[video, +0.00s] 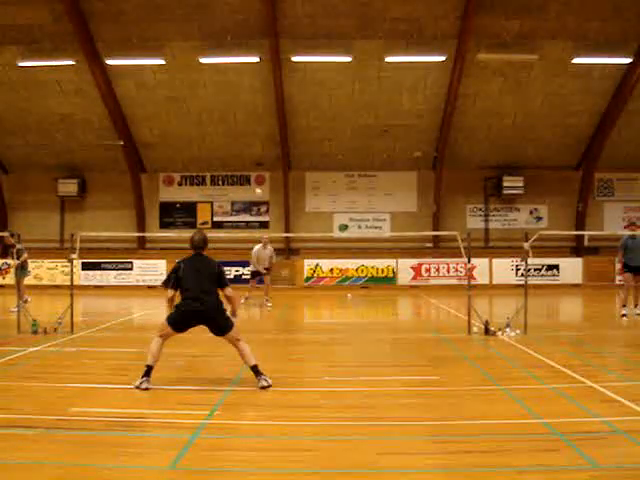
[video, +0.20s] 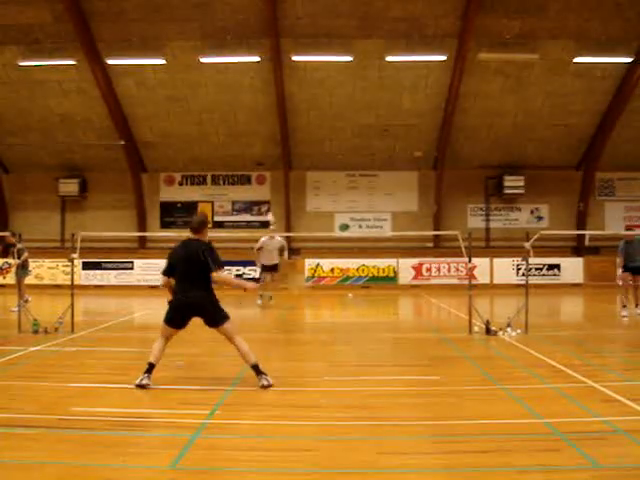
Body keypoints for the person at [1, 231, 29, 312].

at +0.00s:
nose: (6, 241)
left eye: (7, 238)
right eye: (5, 239)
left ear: (12, 238)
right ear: (5, 240)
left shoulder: (19, 247)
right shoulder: (11, 249)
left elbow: (25, 255)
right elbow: (10, 258)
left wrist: (18, 261)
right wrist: (6, 263)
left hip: (23, 268)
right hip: (17, 267)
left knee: (20, 286)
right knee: (18, 285)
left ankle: (19, 304)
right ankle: (24, 298)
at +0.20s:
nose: (7, 240)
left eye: (9, 238)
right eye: (7, 238)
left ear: (14, 238)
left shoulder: (20, 247)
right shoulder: (13, 248)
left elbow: (25, 255)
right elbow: (13, 258)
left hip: (23, 268)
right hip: (19, 268)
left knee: (20, 286)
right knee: (19, 285)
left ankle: (20, 304)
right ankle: (24, 298)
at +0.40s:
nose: (13, 238)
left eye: (15, 236)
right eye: (12, 236)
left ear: (20, 237)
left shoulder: (25, 246)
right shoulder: (17, 246)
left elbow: (30, 254)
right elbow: (8, 250)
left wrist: (25, 261)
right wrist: (3, 249)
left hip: (29, 267)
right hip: (24, 266)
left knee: (26, 285)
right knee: (24, 284)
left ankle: (26, 303)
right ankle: (29, 297)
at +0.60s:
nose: (20, 238)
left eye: (21, 236)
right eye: (19, 236)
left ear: (27, 236)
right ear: (20, 237)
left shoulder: (31, 245)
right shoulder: (21, 244)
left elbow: (37, 252)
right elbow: (11, 247)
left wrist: (31, 259)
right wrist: (3, 251)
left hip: (35, 266)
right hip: (30, 265)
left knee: (31, 283)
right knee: (30, 283)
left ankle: (31, 303)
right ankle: (36, 297)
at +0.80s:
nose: (24, 236)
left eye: (25, 233)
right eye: (23, 234)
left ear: (30, 234)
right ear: (22, 235)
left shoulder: (34, 244)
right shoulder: (24, 243)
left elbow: (40, 250)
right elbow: (15, 246)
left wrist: (35, 255)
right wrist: (6, 249)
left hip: (37, 266)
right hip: (32, 265)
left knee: (33, 284)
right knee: (32, 283)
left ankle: (33, 302)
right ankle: (38, 296)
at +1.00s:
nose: (33, 234)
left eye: (35, 231)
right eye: (32, 231)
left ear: (39, 232)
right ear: (31, 232)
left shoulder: (44, 240)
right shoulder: (32, 241)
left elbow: (52, 248)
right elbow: (24, 245)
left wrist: (44, 252)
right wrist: (14, 247)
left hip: (46, 263)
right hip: (40, 263)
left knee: (40, 280)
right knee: (39, 279)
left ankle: (41, 301)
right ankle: (47, 294)